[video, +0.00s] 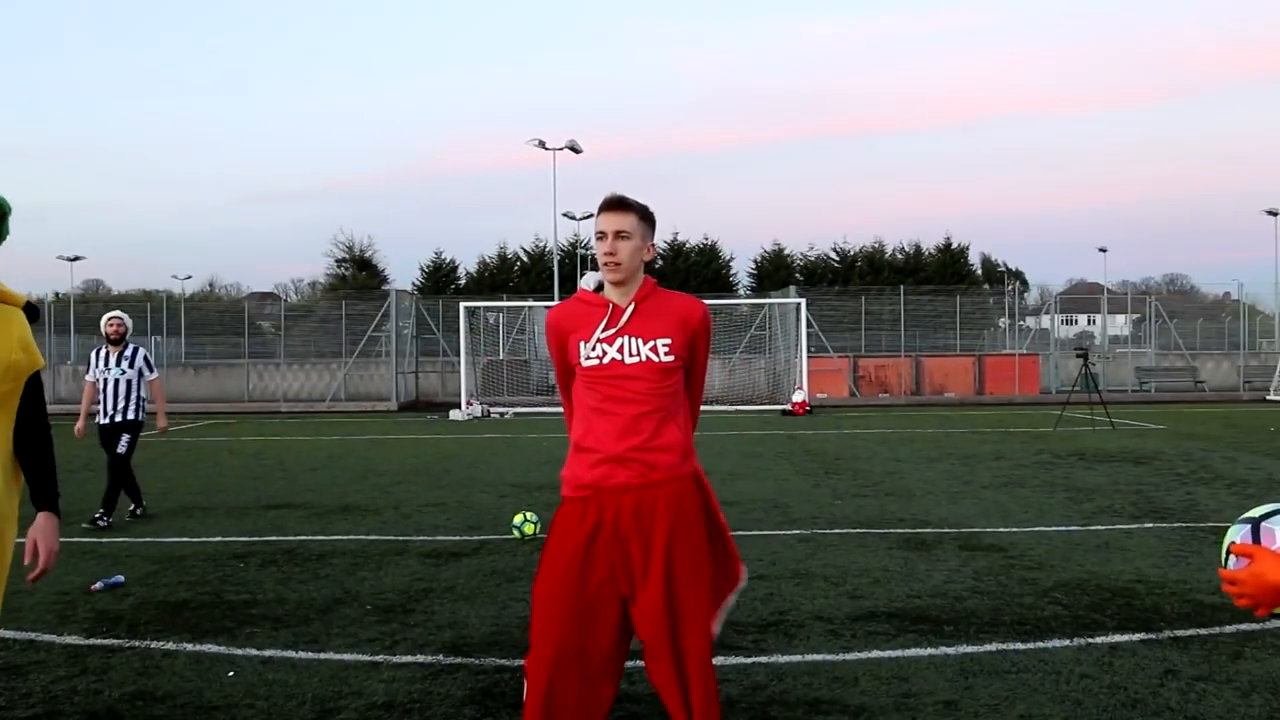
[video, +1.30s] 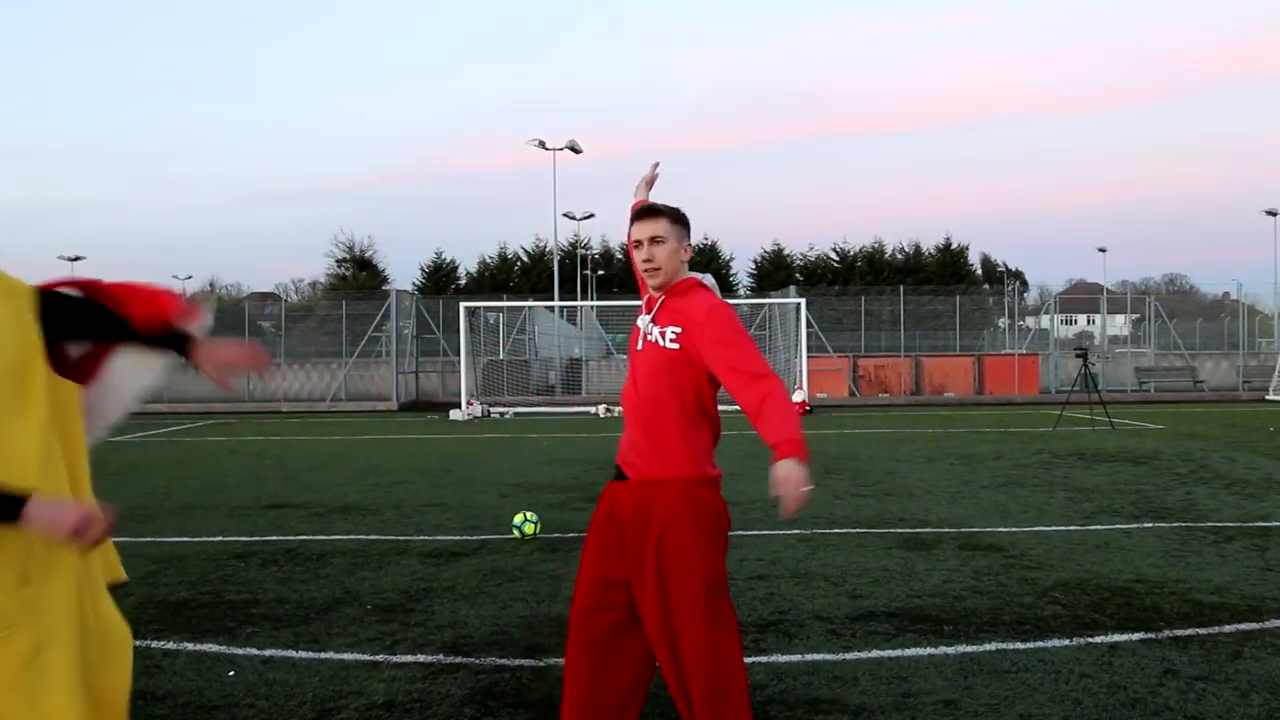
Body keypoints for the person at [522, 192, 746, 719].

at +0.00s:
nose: (609, 247)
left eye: (622, 237)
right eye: (601, 237)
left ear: (649, 250)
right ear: (592, 246)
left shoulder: (688, 314)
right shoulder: (564, 319)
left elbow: (690, 407)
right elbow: (572, 409)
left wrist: (659, 465)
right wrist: (601, 466)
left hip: (667, 503)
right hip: (587, 506)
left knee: (683, 657)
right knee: (553, 657)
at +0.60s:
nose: (601, 243)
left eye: (615, 233)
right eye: (593, 233)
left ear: (640, 246)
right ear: (586, 244)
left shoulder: (677, 311)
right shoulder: (552, 319)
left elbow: (709, 376)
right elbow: (497, 393)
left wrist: (687, 451)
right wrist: (531, 476)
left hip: (660, 496)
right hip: (575, 504)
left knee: (685, 645)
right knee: (561, 653)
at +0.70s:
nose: (613, 241)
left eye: (627, 231)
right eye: (606, 231)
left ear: (651, 246)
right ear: (596, 241)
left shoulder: (681, 312)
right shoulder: (555, 303)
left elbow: (736, 371)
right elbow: (476, 351)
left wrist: (737, 449)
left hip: (653, 493)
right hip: (573, 497)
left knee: (684, 639)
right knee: (555, 643)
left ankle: (707, 715)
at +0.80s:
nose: (628, 251)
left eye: (641, 240)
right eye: (619, 240)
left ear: (665, 249)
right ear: (610, 247)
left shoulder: (688, 320)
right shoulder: (567, 293)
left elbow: (760, 394)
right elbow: (481, 277)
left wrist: (833, 471)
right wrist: (413, 242)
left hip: (640, 501)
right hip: (565, 500)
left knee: (676, 648)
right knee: (547, 656)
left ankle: (720, 716)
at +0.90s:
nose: (632, 250)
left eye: (644, 240)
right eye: (623, 241)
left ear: (669, 249)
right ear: (613, 248)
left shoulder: (693, 327)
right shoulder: (584, 283)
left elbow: (760, 400)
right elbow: (533, 225)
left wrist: (849, 447)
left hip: (640, 496)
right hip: (571, 494)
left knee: (673, 646)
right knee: (550, 650)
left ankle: (716, 717)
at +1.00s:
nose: (634, 254)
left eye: (647, 242)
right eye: (625, 244)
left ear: (671, 251)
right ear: (616, 253)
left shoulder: (692, 320)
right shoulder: (615, 294)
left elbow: (762, 384)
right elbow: (603, 228)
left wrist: (844, 425)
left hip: (649, 499)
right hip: (583, 497)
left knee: (686, 650)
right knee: (555, 652)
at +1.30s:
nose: (647, 254)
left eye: (659, 242)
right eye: (639, 246)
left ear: (685, 248)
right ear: (634, 255)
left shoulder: (704, 309)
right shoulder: (653, 305)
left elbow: (755, 377)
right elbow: (643, 263)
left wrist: (788, 450)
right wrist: (639, 214)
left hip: (681, 502)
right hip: (626, 497)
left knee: (700, 647)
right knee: (596, 640)